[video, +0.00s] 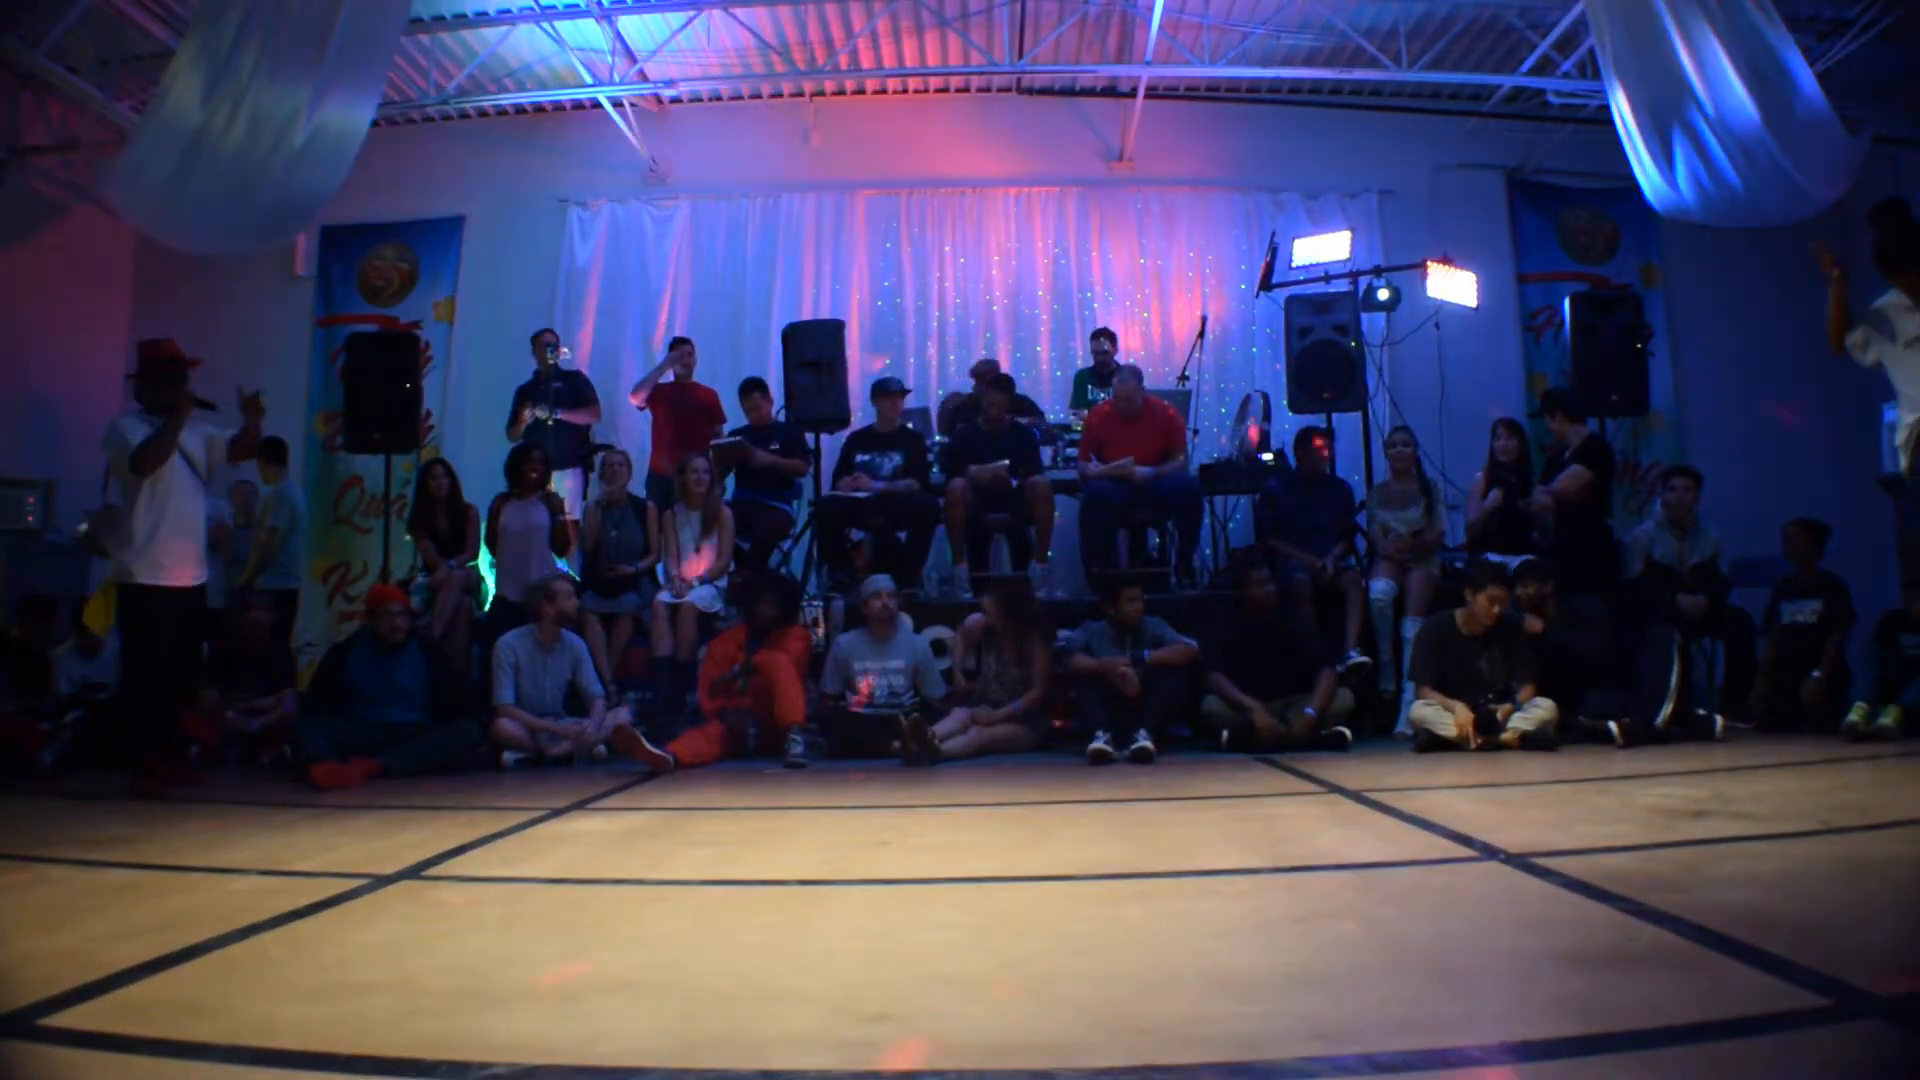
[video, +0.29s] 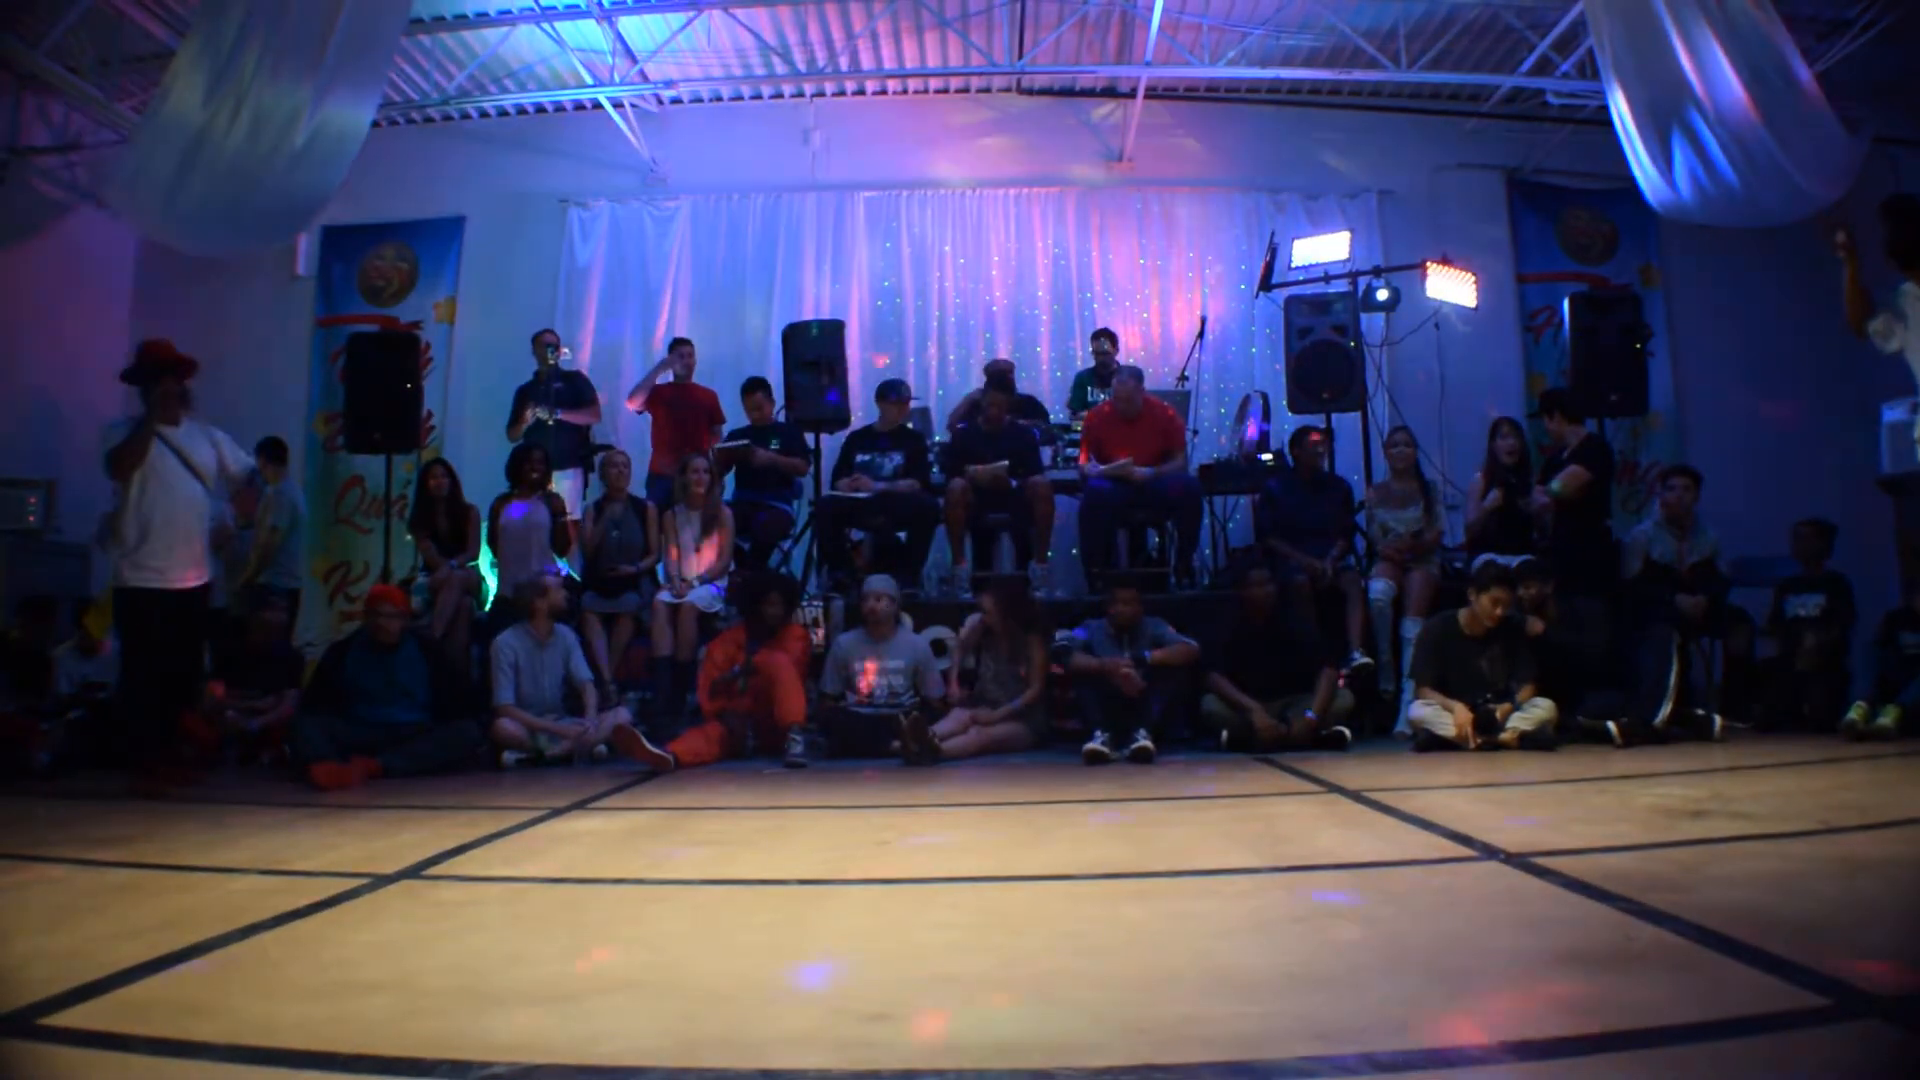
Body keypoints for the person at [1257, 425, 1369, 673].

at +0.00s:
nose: (1323, 455)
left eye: (1325, 449)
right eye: (1316, 449)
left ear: (1330, 453)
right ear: (1300, 454)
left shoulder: (1339, 488)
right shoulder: (1280, 487)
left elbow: (1347, 535)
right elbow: (1270, 538)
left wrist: (1332, 558)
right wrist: (1309, 561)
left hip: (1330, 557)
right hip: (1294, 557)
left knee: (1354, 580)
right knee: (1301, 584)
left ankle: (1351, 648)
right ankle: (1312, 654)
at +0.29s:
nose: (1320, 453)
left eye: (1323, 447)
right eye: (1313, 448)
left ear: (1327, 451)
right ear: (1296, 452)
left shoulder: (1338, 486)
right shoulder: (1278, 487)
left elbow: (1346, 533)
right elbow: (1269, 537)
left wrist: (1331, 560)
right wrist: (1306, 562)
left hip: (1329, 557)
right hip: (1293, 558)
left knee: (1353, 580)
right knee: (1300, 585)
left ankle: (1354, 649)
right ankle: (1311, 656)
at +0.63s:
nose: (1308, 450)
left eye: (1314, 443)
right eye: (1302, 443)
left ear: (1325, 450)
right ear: (1294, 450)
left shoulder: (1340, 486)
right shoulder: (1278, 485)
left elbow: (1345, 533)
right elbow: (1268, 536)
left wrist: (1330, 563)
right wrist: (1311, 563)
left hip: (1329, 558)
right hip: (1293, 558)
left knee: (1354, 583)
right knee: (1301, 585)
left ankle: (1356, 658)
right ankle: (1310, 664)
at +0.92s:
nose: (1301, 449)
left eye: (1309, 444)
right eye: (1299, 443)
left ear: (1324, 453)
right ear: (1294, 448)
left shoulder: (1339, 488)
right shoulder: (1279, 483)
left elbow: (1336, 536)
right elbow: (1265, 534)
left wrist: (1326, 571)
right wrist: (1300, 555)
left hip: (1324, 558)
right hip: (1288, 557)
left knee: (1352, 583)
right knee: (1305, 582)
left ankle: (1354, 659)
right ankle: (1302, 660)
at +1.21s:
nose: (1302, 449)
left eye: (1309, 444)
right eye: (1300, 443)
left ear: (1326, 453)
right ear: (1296, 449)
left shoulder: (1341, 488)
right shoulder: (1281, 483)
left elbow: (1338, 536)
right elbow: (1264, 533)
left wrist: (1327, 574)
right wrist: (1302, 554)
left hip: (1325, 558)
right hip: (1289, 557)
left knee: (1352, 583)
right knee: (1306, 577)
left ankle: (1353, 658)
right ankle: (1309, 655)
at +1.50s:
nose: (1303, 449)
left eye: (1310, 444)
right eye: (1300, 443)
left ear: (1326, 452)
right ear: (1296, 449)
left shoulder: (1341, 488)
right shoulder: (1281, 484)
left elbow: (1338, 535)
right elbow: (1265, 532)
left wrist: (1327, 572)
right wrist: (1303, 554)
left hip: (1326, 557)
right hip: (1291, 557)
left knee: (1352, 583)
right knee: (1307, 577)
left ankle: (1355, 657)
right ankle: (1319, 658)